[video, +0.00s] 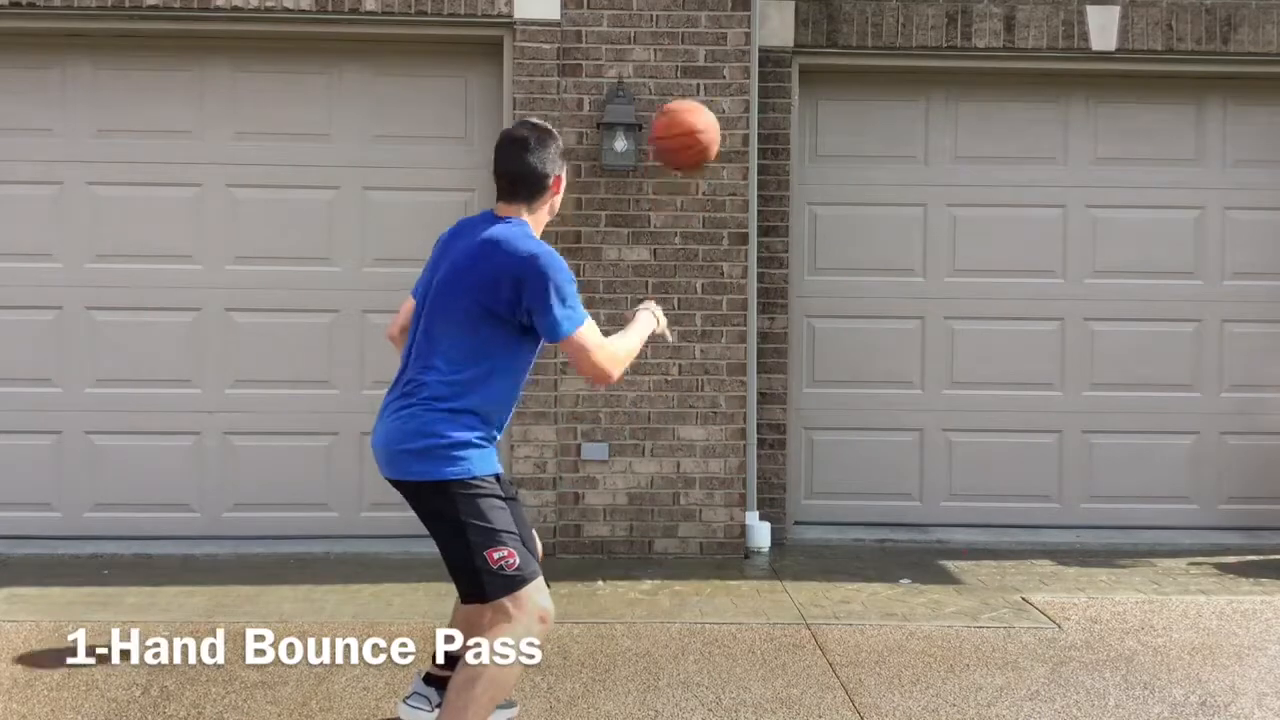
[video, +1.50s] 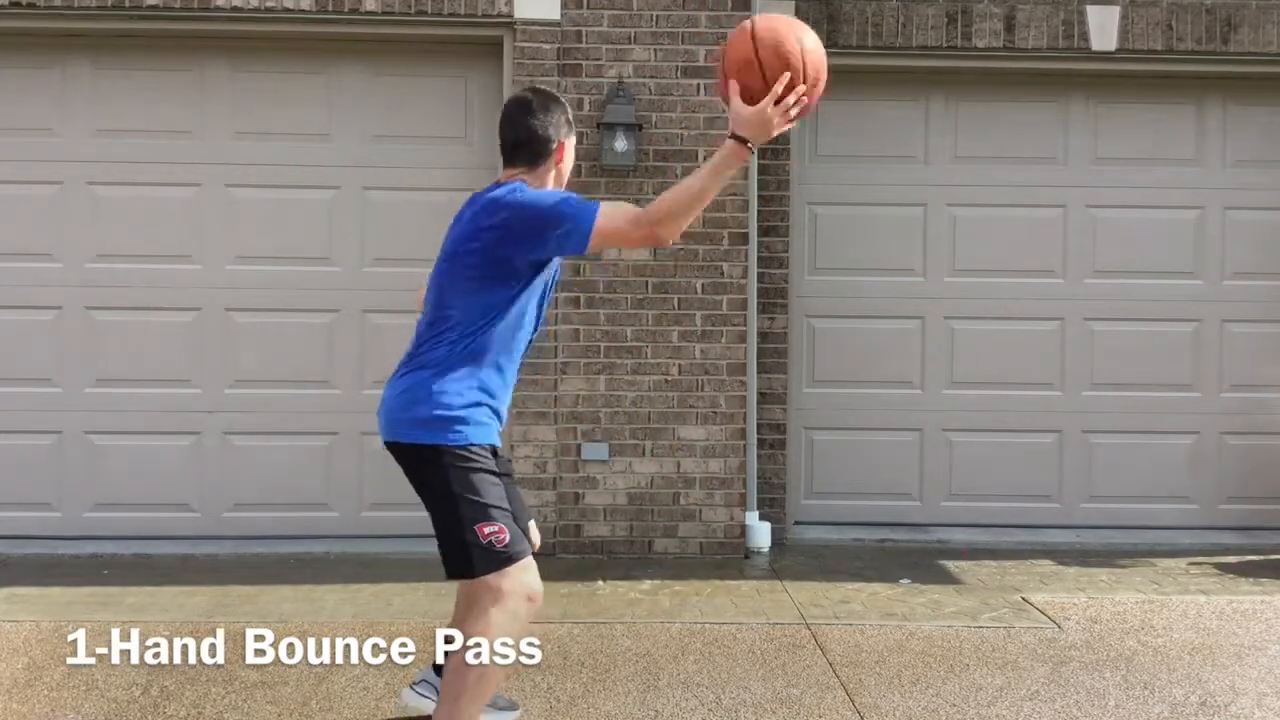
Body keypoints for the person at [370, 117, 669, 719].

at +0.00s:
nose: (565, 188)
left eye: (564, 179)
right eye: (565, 180)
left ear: (496, 180)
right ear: (557, 188)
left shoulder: (459, 236)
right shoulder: (536, 261)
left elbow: (401, 329)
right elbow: (603, 367)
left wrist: (450, 385)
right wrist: (644, 322)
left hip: (409, 437)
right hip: (448, 448)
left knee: (523, 548)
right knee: (528, 615)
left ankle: (438, 687)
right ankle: (459, 712)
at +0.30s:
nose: (553, 120)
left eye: (547, 110)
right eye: (551, 110)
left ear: (485, 122)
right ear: (539, 119)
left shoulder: (467, 182)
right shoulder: (534, 176)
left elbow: (421, 279)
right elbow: (669, 161)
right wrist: (738, 79)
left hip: (424, 398)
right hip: (453, 404)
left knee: (493, 574)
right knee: (491, 585)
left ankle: (441, 687)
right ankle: (448, 712)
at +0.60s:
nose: (585, 209)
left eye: (586, 197)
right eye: (587, 198)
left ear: (520, 185)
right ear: (577, 203)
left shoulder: (483, 235)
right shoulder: (515, 264)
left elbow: (405, 283)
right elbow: (578, 387)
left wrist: (399, 351)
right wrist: (650, 333)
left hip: (425, 428)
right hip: (436, 438)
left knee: (524, 542)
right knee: (512, 603)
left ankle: (441, 682)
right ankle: (453, 710)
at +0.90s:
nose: (571, 228)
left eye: (570, 217)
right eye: (572, 218)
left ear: (507, 209)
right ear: (565, 225)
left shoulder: (458, 254)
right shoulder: (533, 307)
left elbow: (402, 342)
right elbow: (550, 418)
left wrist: (490, 390)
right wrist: (596, 429)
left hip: (389, 448)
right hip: (435, 457)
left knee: (522, 540)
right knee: (519, 619)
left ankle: (442, 682)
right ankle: (453, 710)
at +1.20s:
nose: (561, 184)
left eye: (556, 175)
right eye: (561, 175)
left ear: (494, 180)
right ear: (552, 184)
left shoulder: (459, 237)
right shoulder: (542, 257)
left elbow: (408, 334)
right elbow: (632, 343)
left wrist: (489, 401)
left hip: (405, 433)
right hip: (446, 441)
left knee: (509, 559)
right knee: (527, 609)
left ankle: (437, 688)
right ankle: (460, 713)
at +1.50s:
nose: (574, 156)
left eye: (570, 146)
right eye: (573, 145)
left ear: (506, 147)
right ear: (563, 151)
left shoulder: (487, 207)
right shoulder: (526, 208)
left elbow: (435, 312)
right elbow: (654, 226)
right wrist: (739, 145)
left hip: (443, 414)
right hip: (444, 420)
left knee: (518, 543)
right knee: (516, 594)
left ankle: (447, 676)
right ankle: (457, 711)